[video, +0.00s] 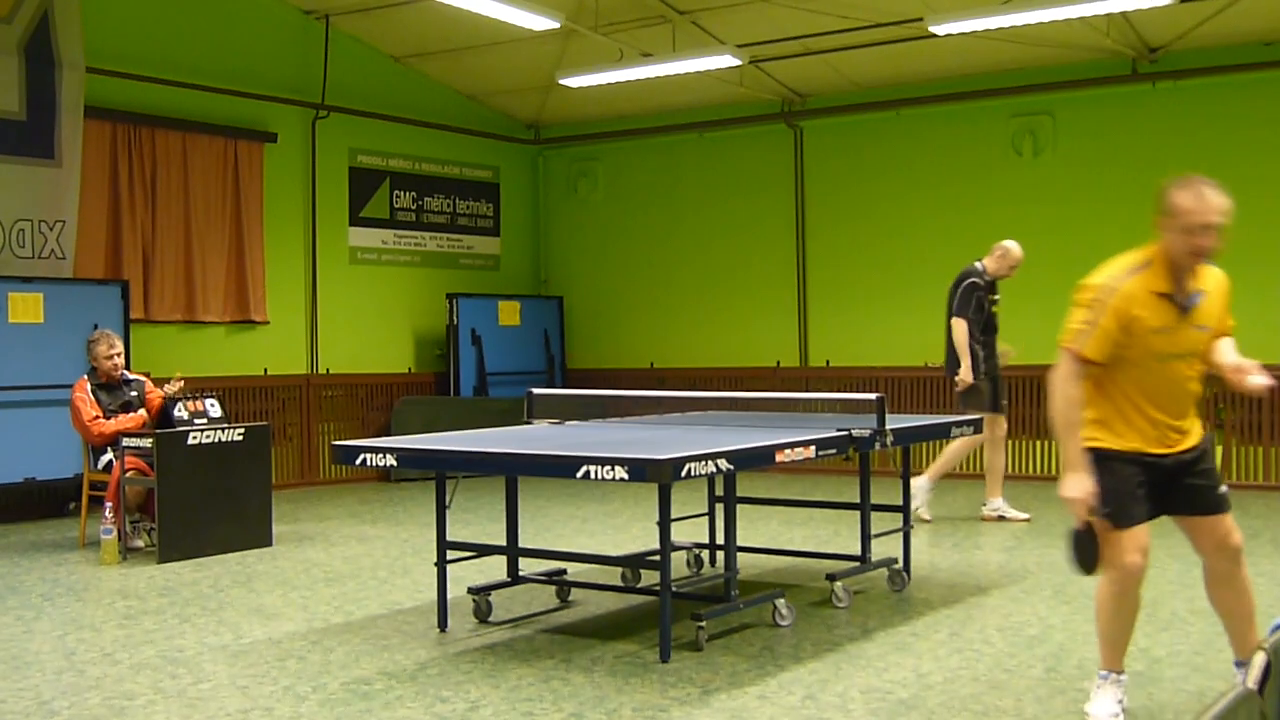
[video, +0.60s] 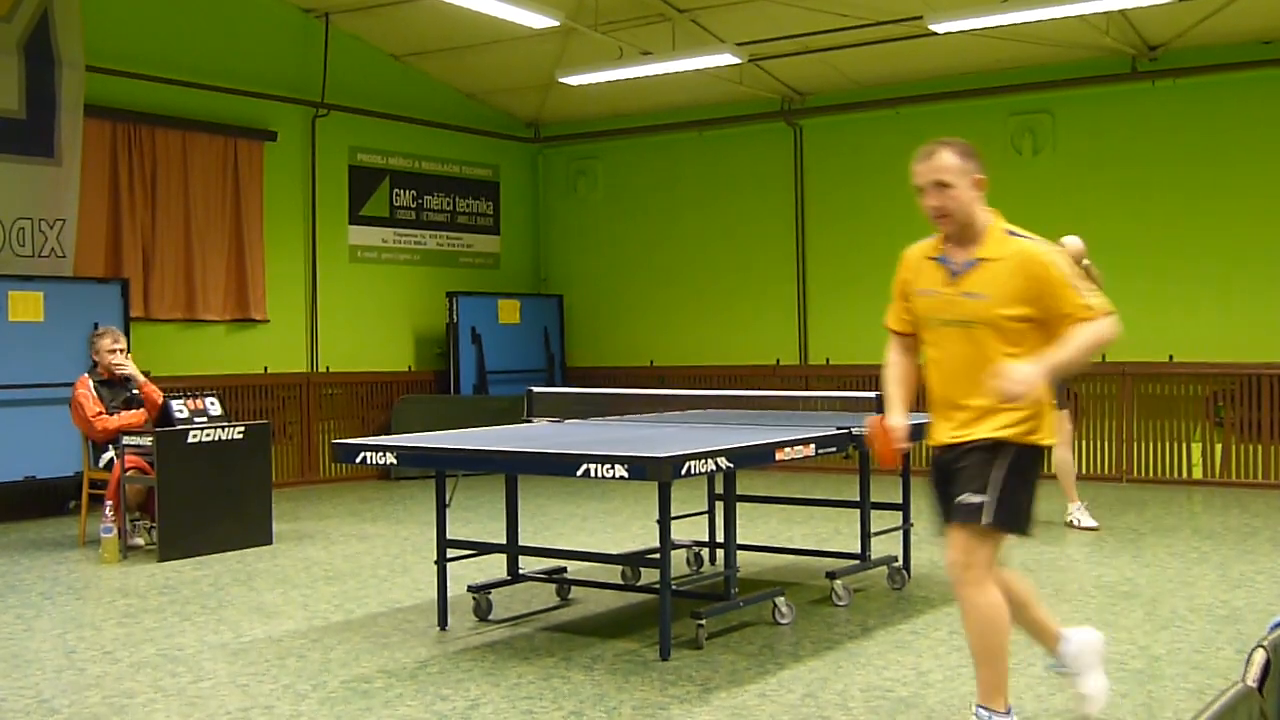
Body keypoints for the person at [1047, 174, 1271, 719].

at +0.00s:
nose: (1204, 242)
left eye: (1214, 230)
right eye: (1192, 230)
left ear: (1223, 230)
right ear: (1162, 226)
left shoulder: (1214, 282)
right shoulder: (1112, 286)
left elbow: (1217, 340)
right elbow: (1065, 372)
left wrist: (1236, 366)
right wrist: (1073, 465)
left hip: (1183, 440)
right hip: (1114, 446)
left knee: (1225, 545)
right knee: (1127, 561)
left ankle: (1251, 666)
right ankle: (1109, 681)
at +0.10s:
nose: (1144, 220)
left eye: (1152, 208)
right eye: (1131, 209)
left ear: (1165, 208)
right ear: (1104, 210)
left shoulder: (1179, 270)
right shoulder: (1061, 274)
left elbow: (1194, 324)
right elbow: (1021, 359)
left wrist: (1194, 361)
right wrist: (1037, 452)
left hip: (1162, 434)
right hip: (1085, 442)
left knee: (1203, 548)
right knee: (1108, 558)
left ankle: (1224, 670)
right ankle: (1107, 677)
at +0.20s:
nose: (1097, 206)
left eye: (1107, 193)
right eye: (1084, 196)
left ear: (1129, 193)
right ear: (1067, 200)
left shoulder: (1159, 257)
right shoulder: (1034, 264)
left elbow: (1182, 313)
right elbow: (995, 347)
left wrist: (1176, 353)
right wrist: (1015, 434)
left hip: (1146, 427)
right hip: (1068, 434)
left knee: (1169, 545)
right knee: (1089, 552)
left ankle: (1185, 679)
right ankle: (1105, 675)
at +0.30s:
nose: (1038, 198)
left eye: (1048, 185)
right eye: (1027, 188)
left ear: (1080, 180)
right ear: (1017, 192)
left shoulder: (1130, 247)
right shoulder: (993, 261)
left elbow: (1170, 300)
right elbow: (964, 344)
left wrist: (1157, 347)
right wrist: (984, 414)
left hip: (1109, 420)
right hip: (1035, 428)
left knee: (1100, 542)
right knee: (1067, 553)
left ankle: (1106, 684)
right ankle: (1104, 669)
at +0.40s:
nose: (1005, 202)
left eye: (1015, 189)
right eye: (994, 192)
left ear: (1049, 183)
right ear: (987, 196)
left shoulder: (1106, 251)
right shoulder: (973, 264)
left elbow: (1162, 303)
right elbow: (946, 346)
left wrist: (1140, 356)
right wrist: (962, 412)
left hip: (1086, 419)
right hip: (1015, 429)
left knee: (1064, 550)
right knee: (1059, 553)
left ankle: (1046, 697)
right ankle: (1104, 668)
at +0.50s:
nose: (957, 206)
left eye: (968, 192)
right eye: (949, 196)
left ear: (1004, 187)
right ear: (944, 201)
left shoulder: (1065, 259)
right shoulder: (939, 266)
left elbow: (1137, 318)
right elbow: (921, 347)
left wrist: (1097, 369)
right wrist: (922, 412)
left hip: (1045, 425)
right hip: (979, 434)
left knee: (998, 556)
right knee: (1031, 559)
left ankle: (998, 710)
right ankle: (1096, 664)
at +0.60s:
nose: (932, 201)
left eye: (943, 187)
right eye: (923, 191)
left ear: (978, 184)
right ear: (917, 197)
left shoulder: (1032, 257)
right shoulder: (917, 261)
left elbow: (1101, 323)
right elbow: (902, 341)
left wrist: (1039, 367)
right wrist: (897, 412)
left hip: (1010, 429)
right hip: (949, 435)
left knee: (968, 563)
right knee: (980, 568)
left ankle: (993, 711)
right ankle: (1069, 647)